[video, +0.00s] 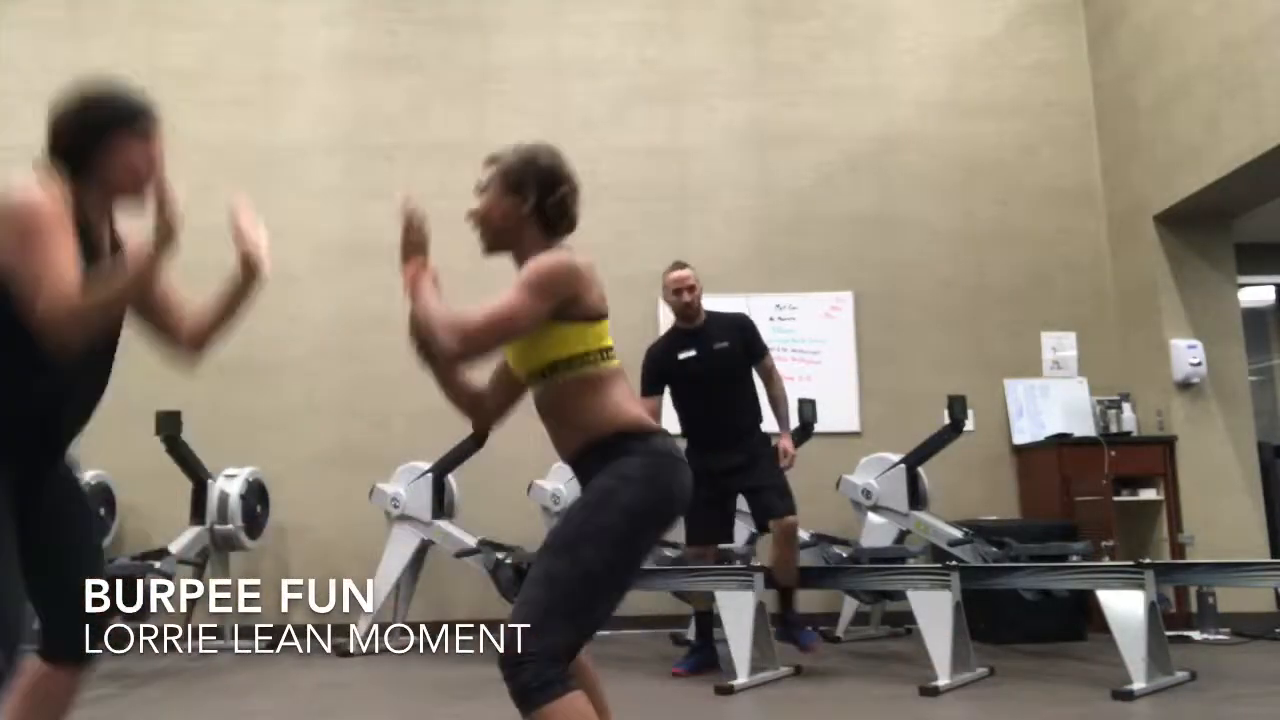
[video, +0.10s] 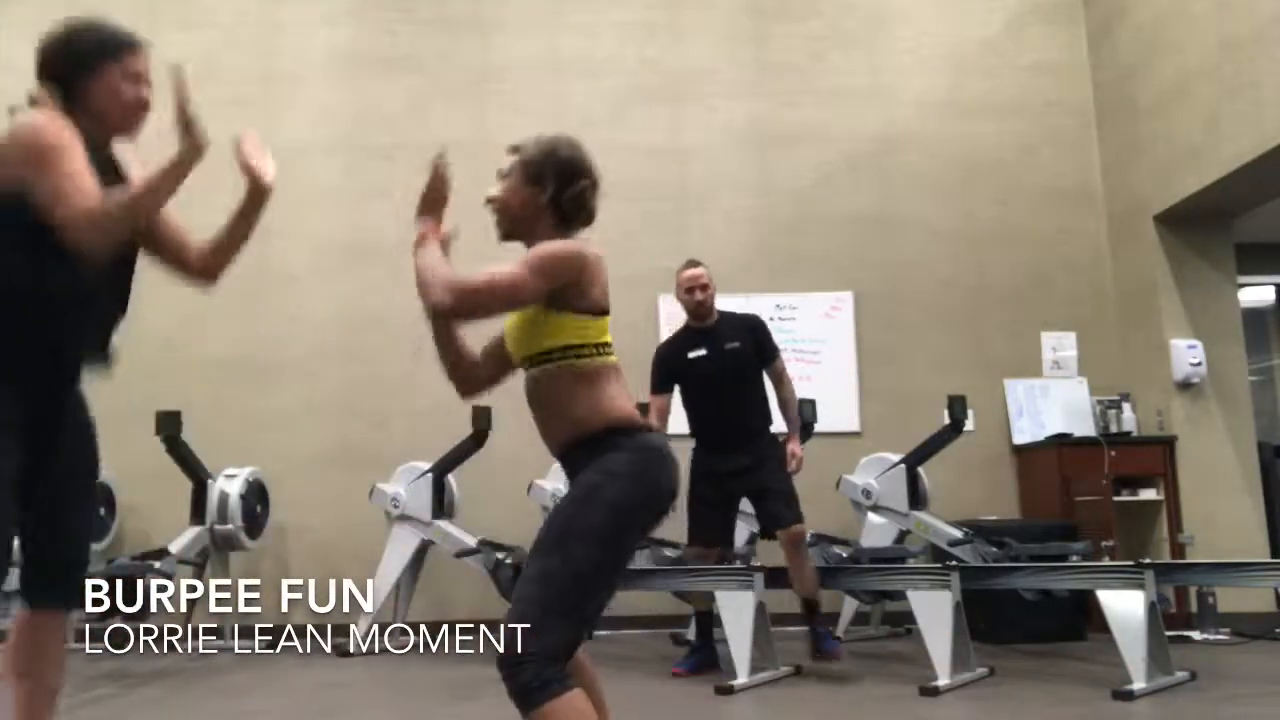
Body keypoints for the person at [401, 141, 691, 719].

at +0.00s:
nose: (473, 206)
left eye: (486, 191)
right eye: (479, 191)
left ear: (523, 203)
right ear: (521, 205)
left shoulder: (559, 268)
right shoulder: (546, 299)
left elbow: (453, 339)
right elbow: (484, 409)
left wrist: (419, 274)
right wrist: (430, 345)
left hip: (638, 468)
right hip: (621, 474)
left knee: (529, 656)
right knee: (547, 641)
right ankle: (597, 713)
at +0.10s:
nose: (493, 192)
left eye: (507, 179)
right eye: (500, 178)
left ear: (544, 194)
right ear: (546, 197)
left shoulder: (570, 259)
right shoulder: (548, 291)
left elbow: (447, 296)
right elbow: (471, 378)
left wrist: (428, 230)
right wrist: (435, 299)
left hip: (625, 464)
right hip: (604, 469)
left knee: (527, 658)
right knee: (547, 642)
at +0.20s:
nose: (518, 188)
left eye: (533, 183)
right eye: (525, 179)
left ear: (561, 208)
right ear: (553, 206)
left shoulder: (567, 264)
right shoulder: (538, 301)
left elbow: (432, 244)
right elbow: (445, 335)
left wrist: (431, 190)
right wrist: (450, 258)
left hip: (616, 490)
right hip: (590, 494)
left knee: (497, 668)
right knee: (529, 651)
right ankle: (582, 715)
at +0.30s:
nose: (530, 108)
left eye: (544, 100)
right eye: (536, 98)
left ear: (575, 116)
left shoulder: (572, 161)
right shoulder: (537, 204)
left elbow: (440, 154)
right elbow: (431, 239)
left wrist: (382, 120)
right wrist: (385, 160)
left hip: (584, 402)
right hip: (560, 407)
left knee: (554, 606)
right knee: (553, 604)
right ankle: (588, 707)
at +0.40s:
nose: (534, 56)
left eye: (547, 45)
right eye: (539, 44)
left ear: (582, 57)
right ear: (588, 61)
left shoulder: (580, 99)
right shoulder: (539, 150)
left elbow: (461, 79)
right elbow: (427, 159)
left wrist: (356, 43)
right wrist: (350, 95)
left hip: (575, 331)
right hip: (550, 337)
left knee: (568, 533)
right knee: (564, 534)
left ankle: (581, 706)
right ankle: (582, 703)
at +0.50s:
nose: (541, 66)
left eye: (553, 56)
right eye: (544, 56)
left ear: (589, 65)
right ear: (582, 67)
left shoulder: (598, 113)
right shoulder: (558, 152)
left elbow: (478, 73)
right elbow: (458, 168)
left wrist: (394, 11)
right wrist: (403, 104)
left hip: (569, 335)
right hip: (549, 339)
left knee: (561, 533)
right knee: (558, 533)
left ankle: (582, 705)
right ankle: (586, 701)